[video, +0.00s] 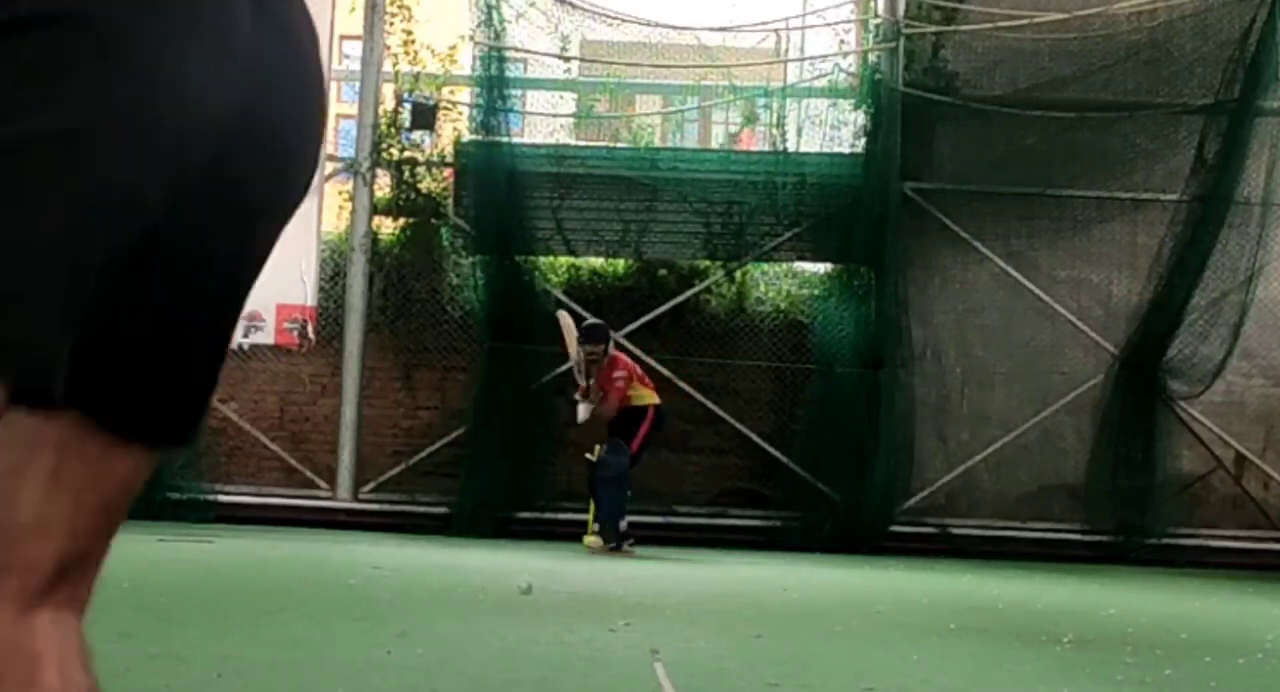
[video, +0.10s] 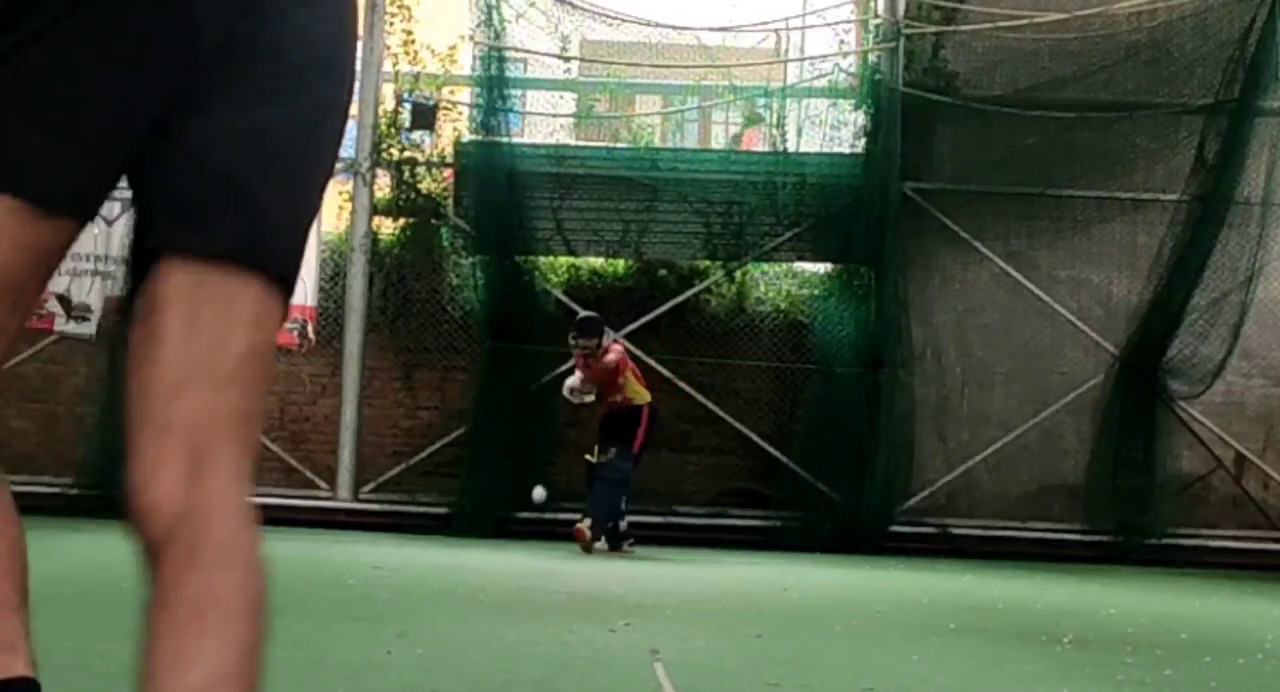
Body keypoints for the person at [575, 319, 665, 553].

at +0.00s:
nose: (591, 357)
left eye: (596, 352)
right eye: (587, 352)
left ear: (607, 348)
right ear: (581, 349)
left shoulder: (620, 365)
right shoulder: (591, 365)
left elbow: (609, 410)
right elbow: (594, 392)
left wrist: (591, 402)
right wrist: (587, 392)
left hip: (645, 406)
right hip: (623, 407)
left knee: (618, 463)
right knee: (608, 461)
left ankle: (610, 530)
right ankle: (609, 528)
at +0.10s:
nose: (583, 350)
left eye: (588, 344)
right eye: (579, 344)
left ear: (601, 340)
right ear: (574, 341)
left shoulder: (616, 352)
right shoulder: (581, 356)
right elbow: (579, 379)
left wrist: (584, 378)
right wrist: (574, 389)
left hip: (636, 406)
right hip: (610, 407)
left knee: (619, 463)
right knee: (604, 463)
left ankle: (593, 523)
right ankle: (617, 533)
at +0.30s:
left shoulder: (603, 345)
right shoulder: (576, 359)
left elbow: (593, 314)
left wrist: (571, 337)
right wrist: (572, 381)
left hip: (623, 409)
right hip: (602, 412)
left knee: (608, 471)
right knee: (603, 472)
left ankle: (585, 534)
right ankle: (617, 535)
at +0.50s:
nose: (549, 366)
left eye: (553, 362)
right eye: (548, 363)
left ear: (566, 353)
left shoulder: (586, 359)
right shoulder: (561, 374)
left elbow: (588, 349)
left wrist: (570, 368)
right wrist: (560, 395)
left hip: (611, 416)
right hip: (589, 420)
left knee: (592, 472)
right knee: (594, 477)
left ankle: (583, 535)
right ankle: (619, 535)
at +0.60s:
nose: (546, 370)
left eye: (551, 364)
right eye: (543, 365)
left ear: (566, 354)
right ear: (541, 360)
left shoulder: (582, 359)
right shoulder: (549, 379)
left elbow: (613, 364)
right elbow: (554, 408)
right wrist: (566, 411)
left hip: (604, 419)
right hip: (582, 423)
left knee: (583, 475)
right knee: (584, 480)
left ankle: (581, 536)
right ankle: (619, 535)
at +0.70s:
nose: (541, 354)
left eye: (546, 347)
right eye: (540, 348)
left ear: (561, 347)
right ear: (543, 350)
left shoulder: (582, 362)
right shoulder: (542, 380)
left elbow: (625, 386)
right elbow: (555, 412)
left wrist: (601, 411)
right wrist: (561, 422)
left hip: (598, 426)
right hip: (572, 430)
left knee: (578, 480)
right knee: (570, 481)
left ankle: (582, 538)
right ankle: (607, 530)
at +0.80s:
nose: (538, 339)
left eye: (544, 333)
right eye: (537, 333)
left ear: (561, 335)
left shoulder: (584, 360)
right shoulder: (541, 363)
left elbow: (618, 394)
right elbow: (548, 398)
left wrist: (591, 414)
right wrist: (547, 415)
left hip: (588, 423)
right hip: (562, 423)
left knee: (575, 480)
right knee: (559, 480)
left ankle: (583, 538)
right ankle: (575, 535)